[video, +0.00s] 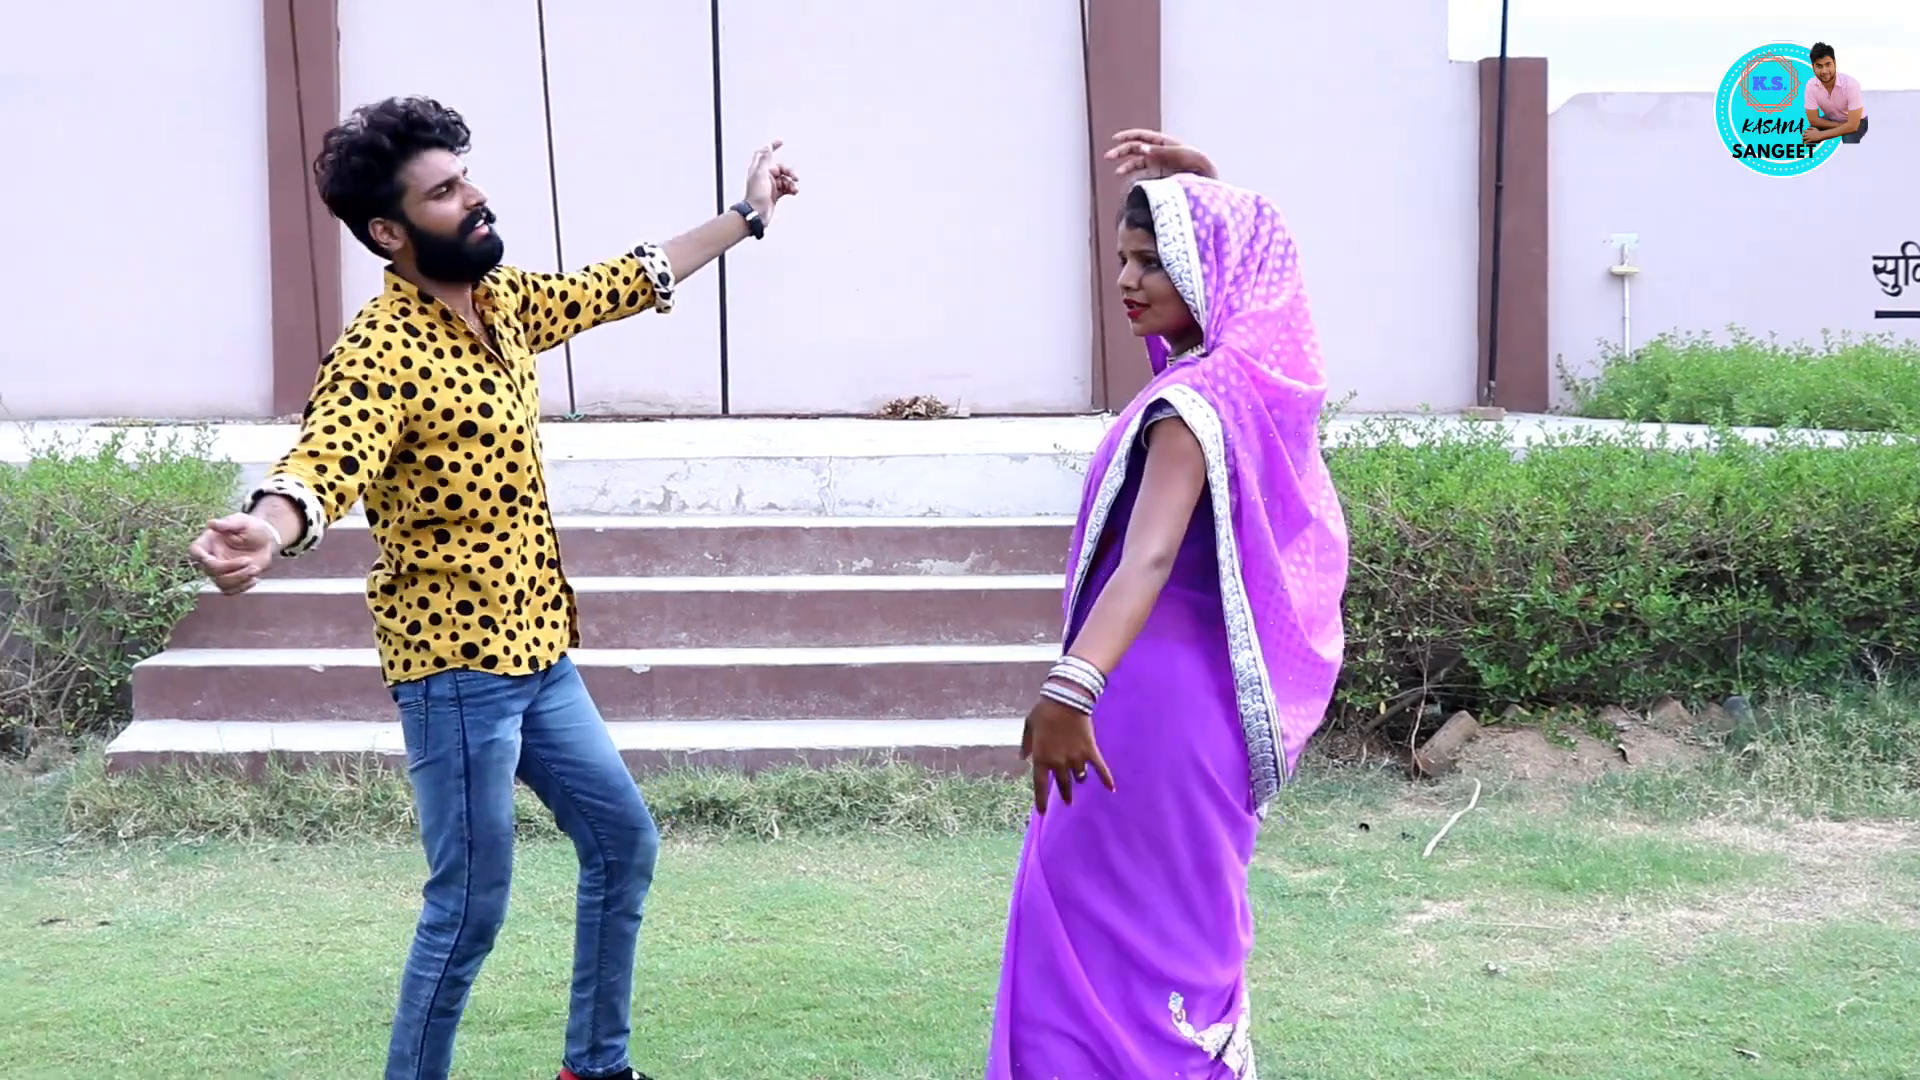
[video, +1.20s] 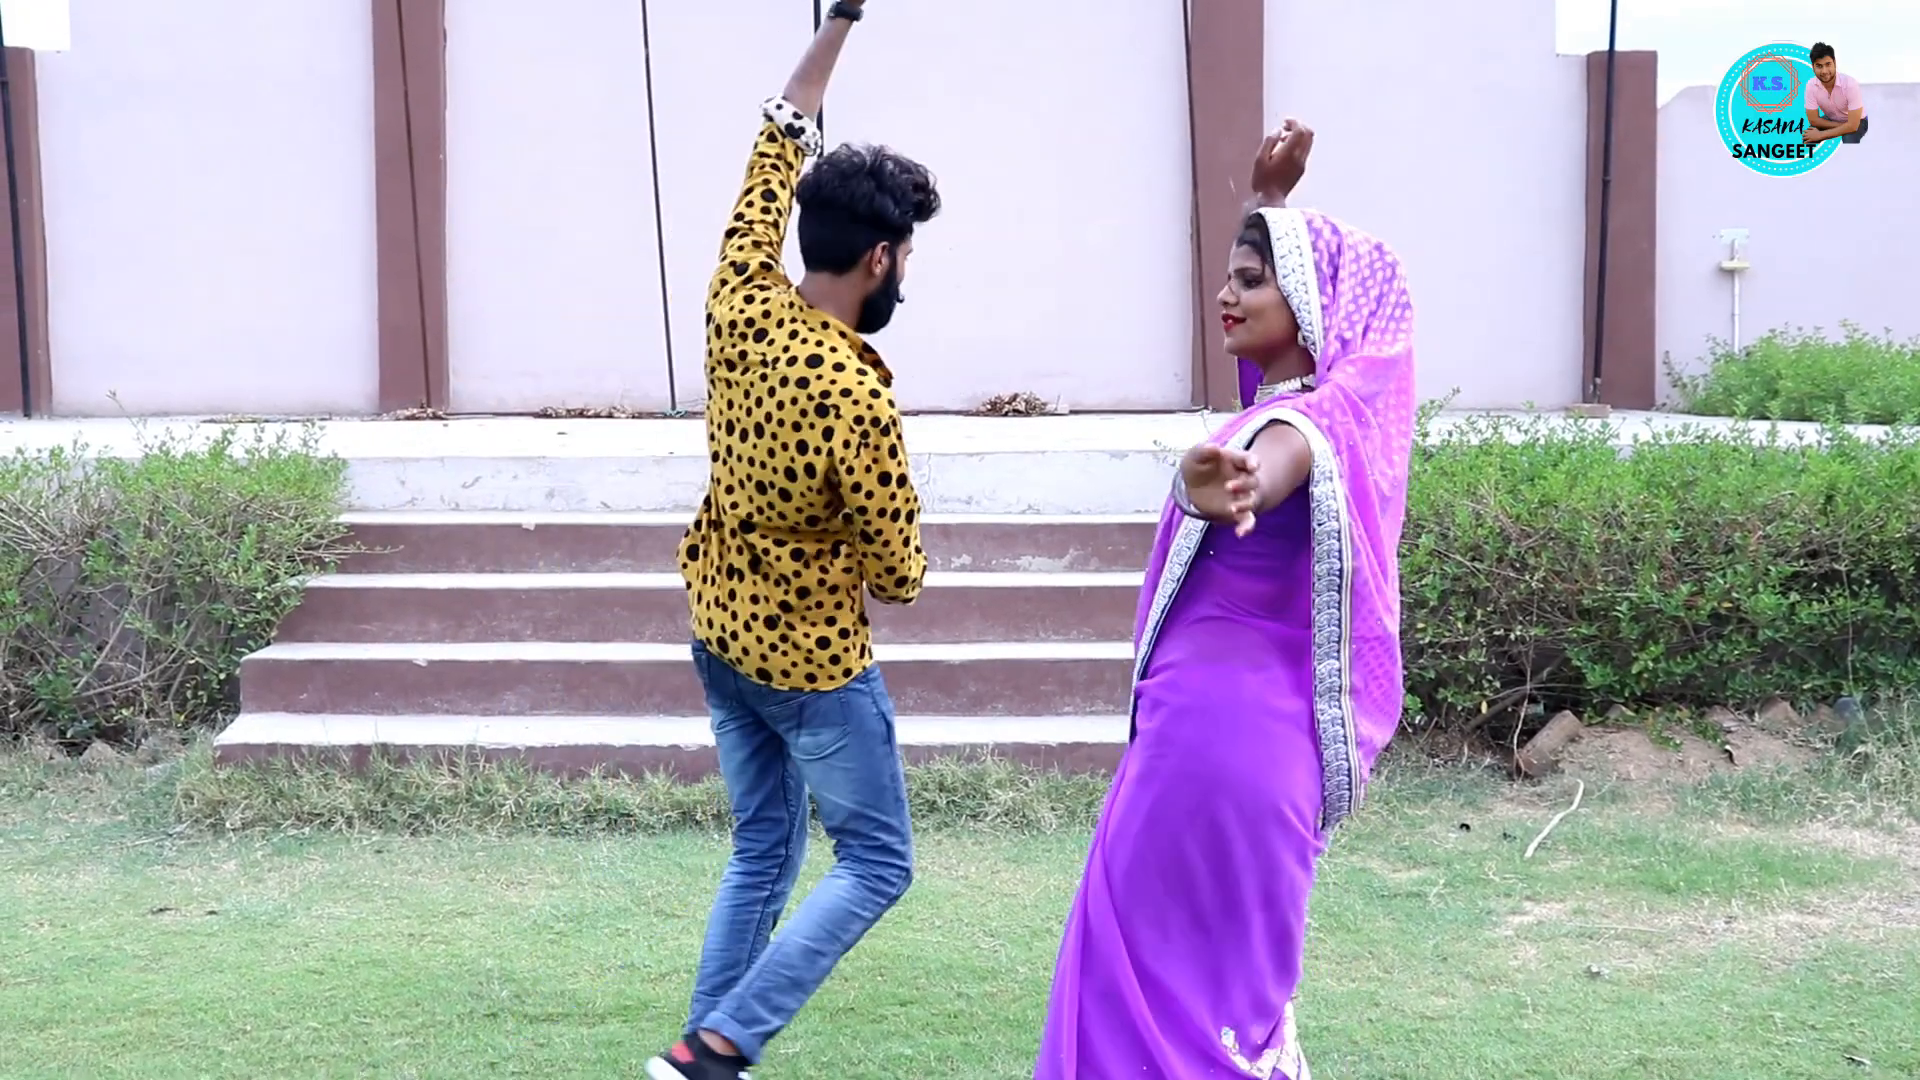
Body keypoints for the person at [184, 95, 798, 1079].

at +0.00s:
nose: (475, 199)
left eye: (468, 179)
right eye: (444, 191)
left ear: (476, 180)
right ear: (387, 234)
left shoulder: (508, 301)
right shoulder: (381, 347)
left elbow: (627, 283)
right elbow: (329, 453)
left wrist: (745, 215)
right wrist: (272, 522)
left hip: (537, 652)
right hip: (452, 667)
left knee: (623, 841)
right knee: (467, 907)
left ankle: (597, 1064)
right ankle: (412, 1073)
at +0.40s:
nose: (621, 212)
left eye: (615, 194)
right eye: (604, 198)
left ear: (555, 218)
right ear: (546, 220)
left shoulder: (602, 297)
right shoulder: (495, 349)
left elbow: (696, 258)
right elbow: (444, 501)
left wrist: (803, 208)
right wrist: (457, 567)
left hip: (629, 648)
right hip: (550, 660)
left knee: (701, 833)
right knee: (554, 893)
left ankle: (676, 1059)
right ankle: (495, 1071)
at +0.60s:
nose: (678, 245)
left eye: (673, 226)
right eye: (667, 228)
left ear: (620, 245)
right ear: (622, 246)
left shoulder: (637, 333)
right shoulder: (537, 391)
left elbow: (709, 302)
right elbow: (533, 577)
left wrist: (795, 230)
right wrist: (604, 661)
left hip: (678, 658)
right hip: (602, 681)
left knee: (757, 833)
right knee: (618, 910)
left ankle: (699, 1058)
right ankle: (529, 1071)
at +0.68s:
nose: (708, 250)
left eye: (703, 231)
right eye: (694, 233)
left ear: (644, 248)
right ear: (650, 251)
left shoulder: (648, 330)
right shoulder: (567, 393)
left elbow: (708, 293)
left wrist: (787, 217)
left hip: (688, 652)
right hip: (622, 674)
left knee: (770, 831)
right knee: (629, 906)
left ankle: (703, 1058)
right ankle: (534, 1071)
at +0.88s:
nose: (777, 245)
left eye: (775, 228)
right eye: (773, 230)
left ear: (687, 236)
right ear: (743, 247)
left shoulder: (650, 296)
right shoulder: (711, 400)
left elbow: (684, 192)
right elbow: (748, 587)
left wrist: (771, 101)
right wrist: (847, 659)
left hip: (677, 629)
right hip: (688, 650)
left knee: (761, 833)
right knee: (646, 883)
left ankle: (707, 1065)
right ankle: (530, 1068)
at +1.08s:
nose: (864, 284)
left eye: (864, 266)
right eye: (863, 268)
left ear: (768, 259)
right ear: (838, 277)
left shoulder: (702, 317)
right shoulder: (810, 415)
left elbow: (725, 178)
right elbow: (867, 583)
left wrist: (786, 57)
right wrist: (826, 547)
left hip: (694, 650)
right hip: (773, 668)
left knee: (757, 882)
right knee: (787, 897)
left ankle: (706, 1071)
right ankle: (581, 1047)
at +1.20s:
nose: (912, 259)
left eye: (909, 241)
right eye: (909, 244)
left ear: (813, 236)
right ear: (879, 256)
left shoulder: (742, 301)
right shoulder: (857, 396)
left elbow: (775, 161)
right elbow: (896, 573)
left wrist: (832, 34)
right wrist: (874, 559)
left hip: (716, 622)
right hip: (809, 651)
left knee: (763, 846)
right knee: (876, 864)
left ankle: (703, 1052)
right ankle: (723, 1044)